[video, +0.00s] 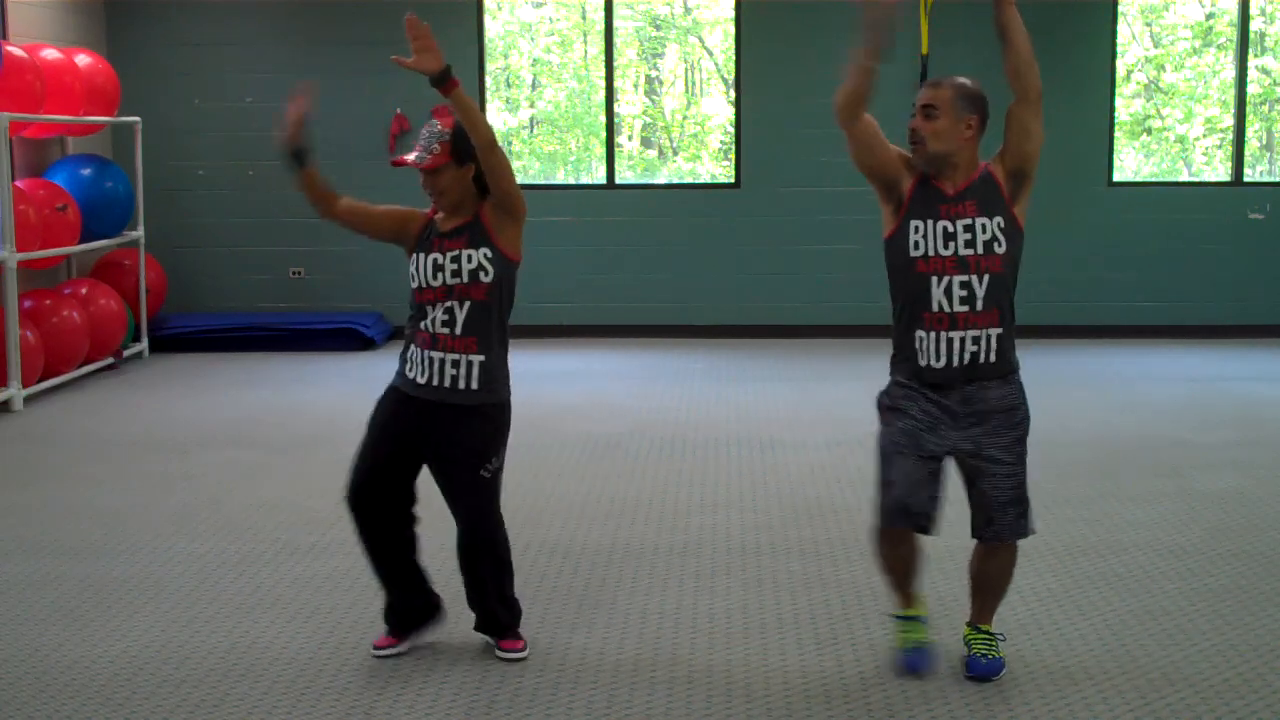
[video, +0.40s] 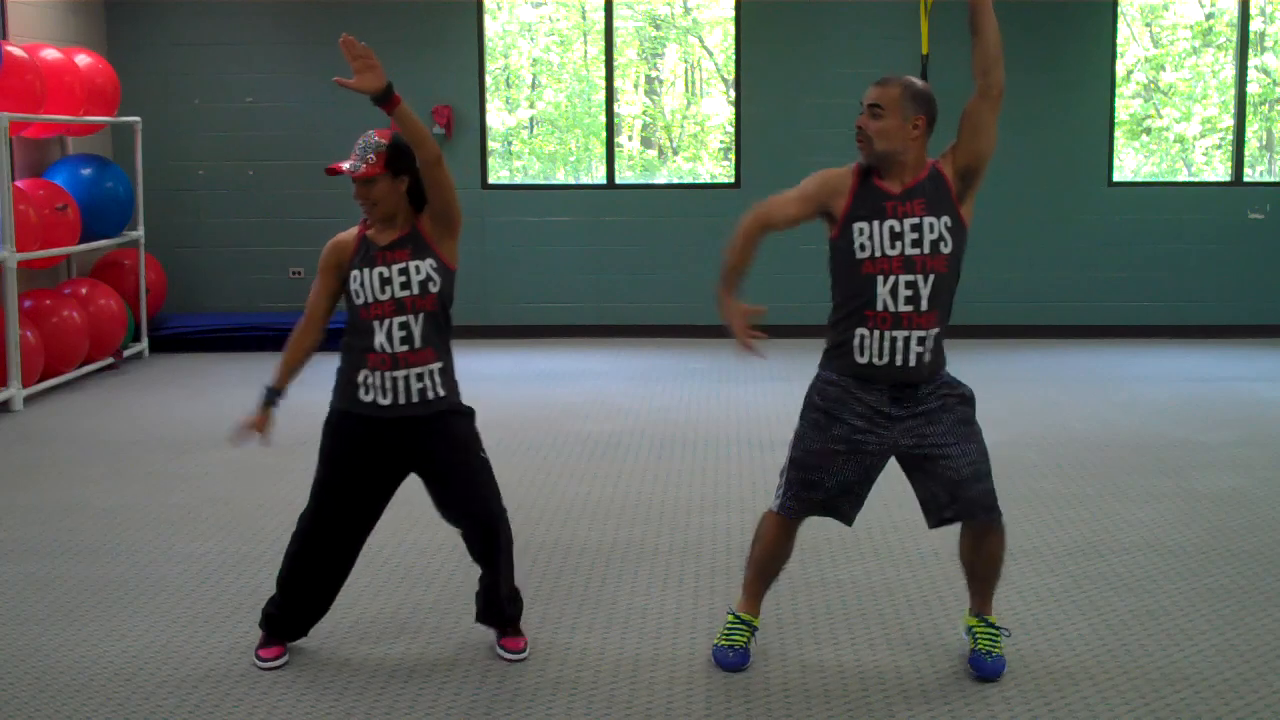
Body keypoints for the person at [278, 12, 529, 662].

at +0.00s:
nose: (428, 184)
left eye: (438, 173)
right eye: (424, 175)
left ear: (473, 171)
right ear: (427, 178)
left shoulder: (501, 223)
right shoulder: (419, 227)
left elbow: (491, 151)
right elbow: (334, 207)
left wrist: (445, 79)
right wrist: (298, 154)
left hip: (474, 407)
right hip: (410, 398)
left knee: (478, 517)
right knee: (371, 497)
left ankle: (501, 623)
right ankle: (412, 608)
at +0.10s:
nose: (414, 181)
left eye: (422, 169)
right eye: (410, 171)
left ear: (457, 166)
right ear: (412, 173)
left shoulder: (491, 216)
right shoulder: (404, 226)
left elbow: (478, 144)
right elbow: (315, 235)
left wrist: (430, 79)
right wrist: (238, 216)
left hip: (474, 400)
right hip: (405, 392)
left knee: (489, 517)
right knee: (346, 493)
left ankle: (502, 622)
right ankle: (367, 595)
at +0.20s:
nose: (396, 179)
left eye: (405, 168)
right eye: (393, 169)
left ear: (440, 166)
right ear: (395, 171)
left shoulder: (474, 216)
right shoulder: (382, 229)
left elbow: (463, 142)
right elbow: (307, 272)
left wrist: (414, 78)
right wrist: (229, 295)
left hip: (469, 402)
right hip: (397, 401)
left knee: (489, 521)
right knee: (343, 512)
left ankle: (503, 623)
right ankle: (293, 620)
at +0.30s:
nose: (373, 188)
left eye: (382, 178)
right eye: (370, 179)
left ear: (419, 176)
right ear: (374, 179)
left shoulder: (455, 225)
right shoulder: (360, 243)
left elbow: (444, 152)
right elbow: (304, 307)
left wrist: (397, 87)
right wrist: (242, 360)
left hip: (454, 413)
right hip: (380, 416)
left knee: (489, 523)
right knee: (338, 524)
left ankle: (501, 623)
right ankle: (279, 626)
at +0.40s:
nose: (360, 192)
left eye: (370, 182)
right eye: (356, 182)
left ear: (404, 181)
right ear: (355, 183)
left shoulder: (438, 232)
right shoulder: (342, 249)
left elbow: (431, 157)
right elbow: (310, 326)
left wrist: (388, 95)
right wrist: (271, 397)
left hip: (438, 416)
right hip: (361, 418)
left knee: (487, 517)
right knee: (325, 526)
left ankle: (506, 619)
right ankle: (278, 628)